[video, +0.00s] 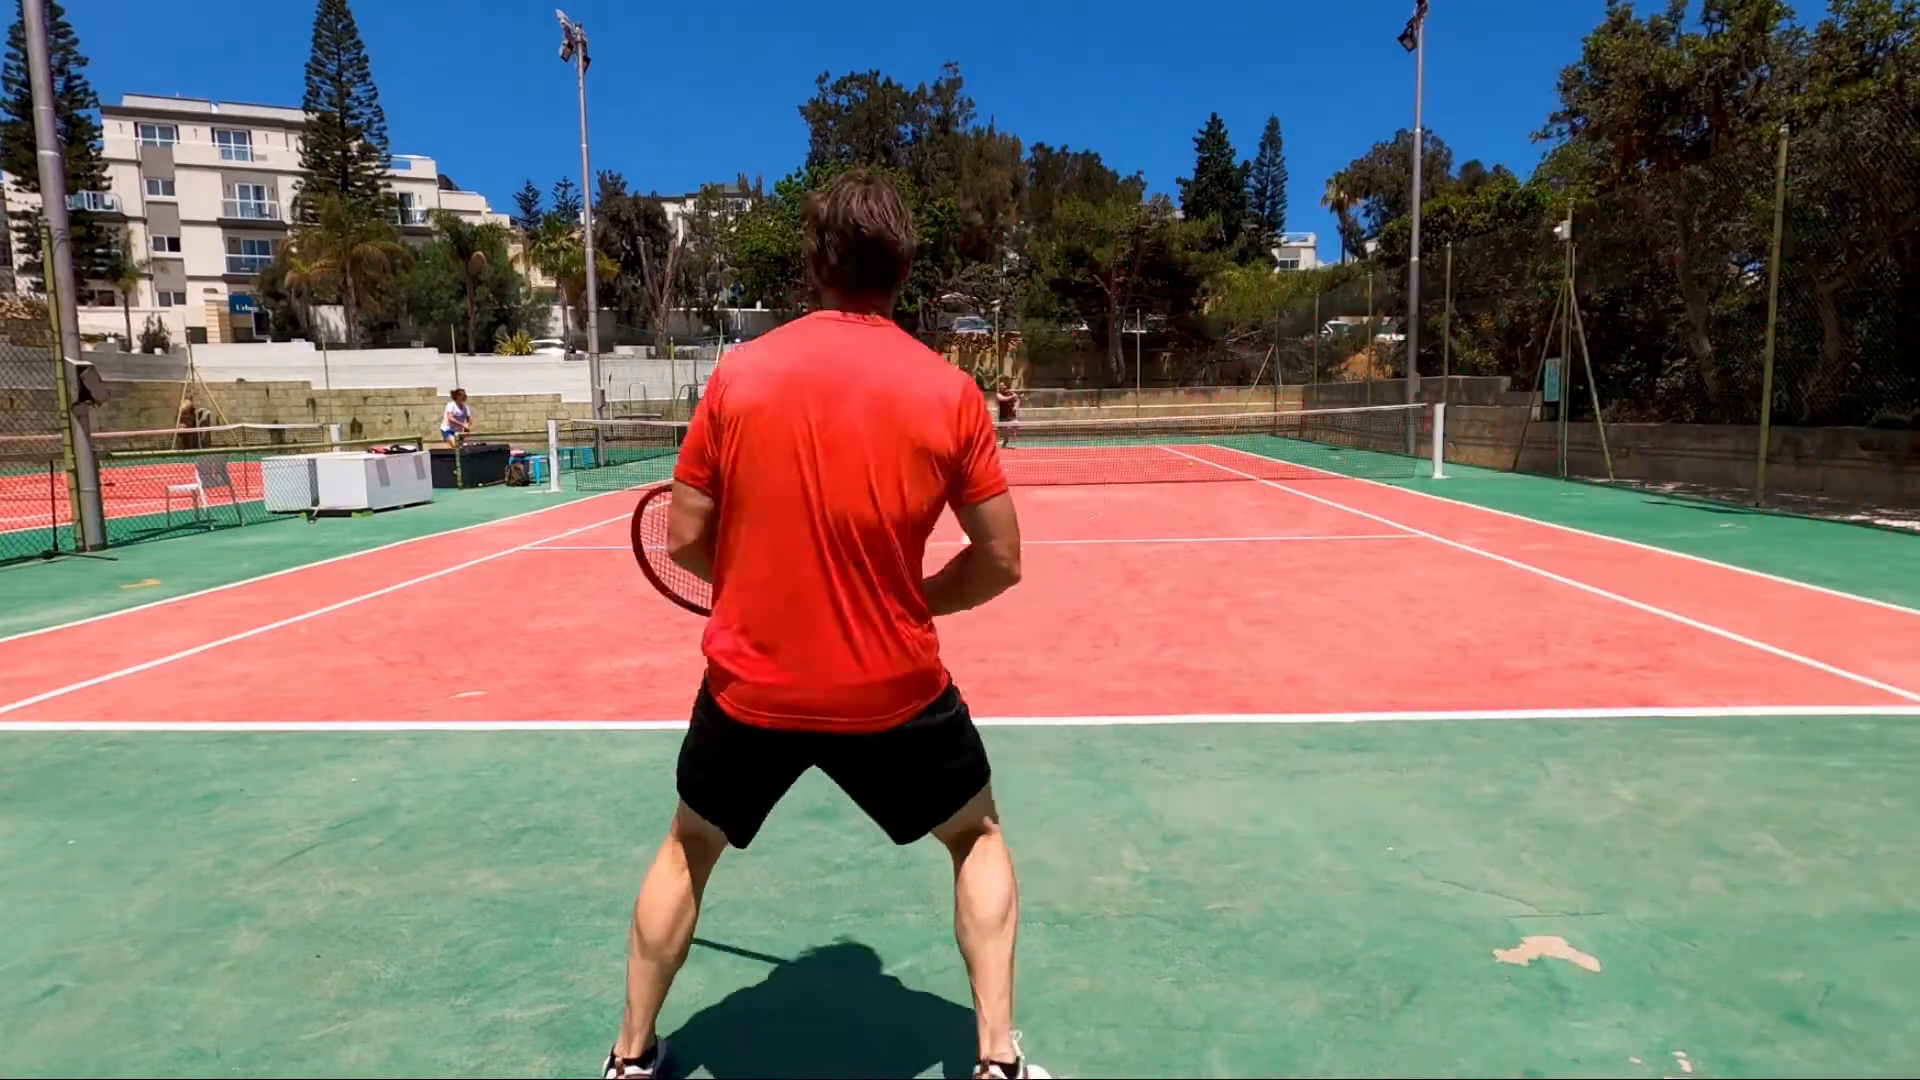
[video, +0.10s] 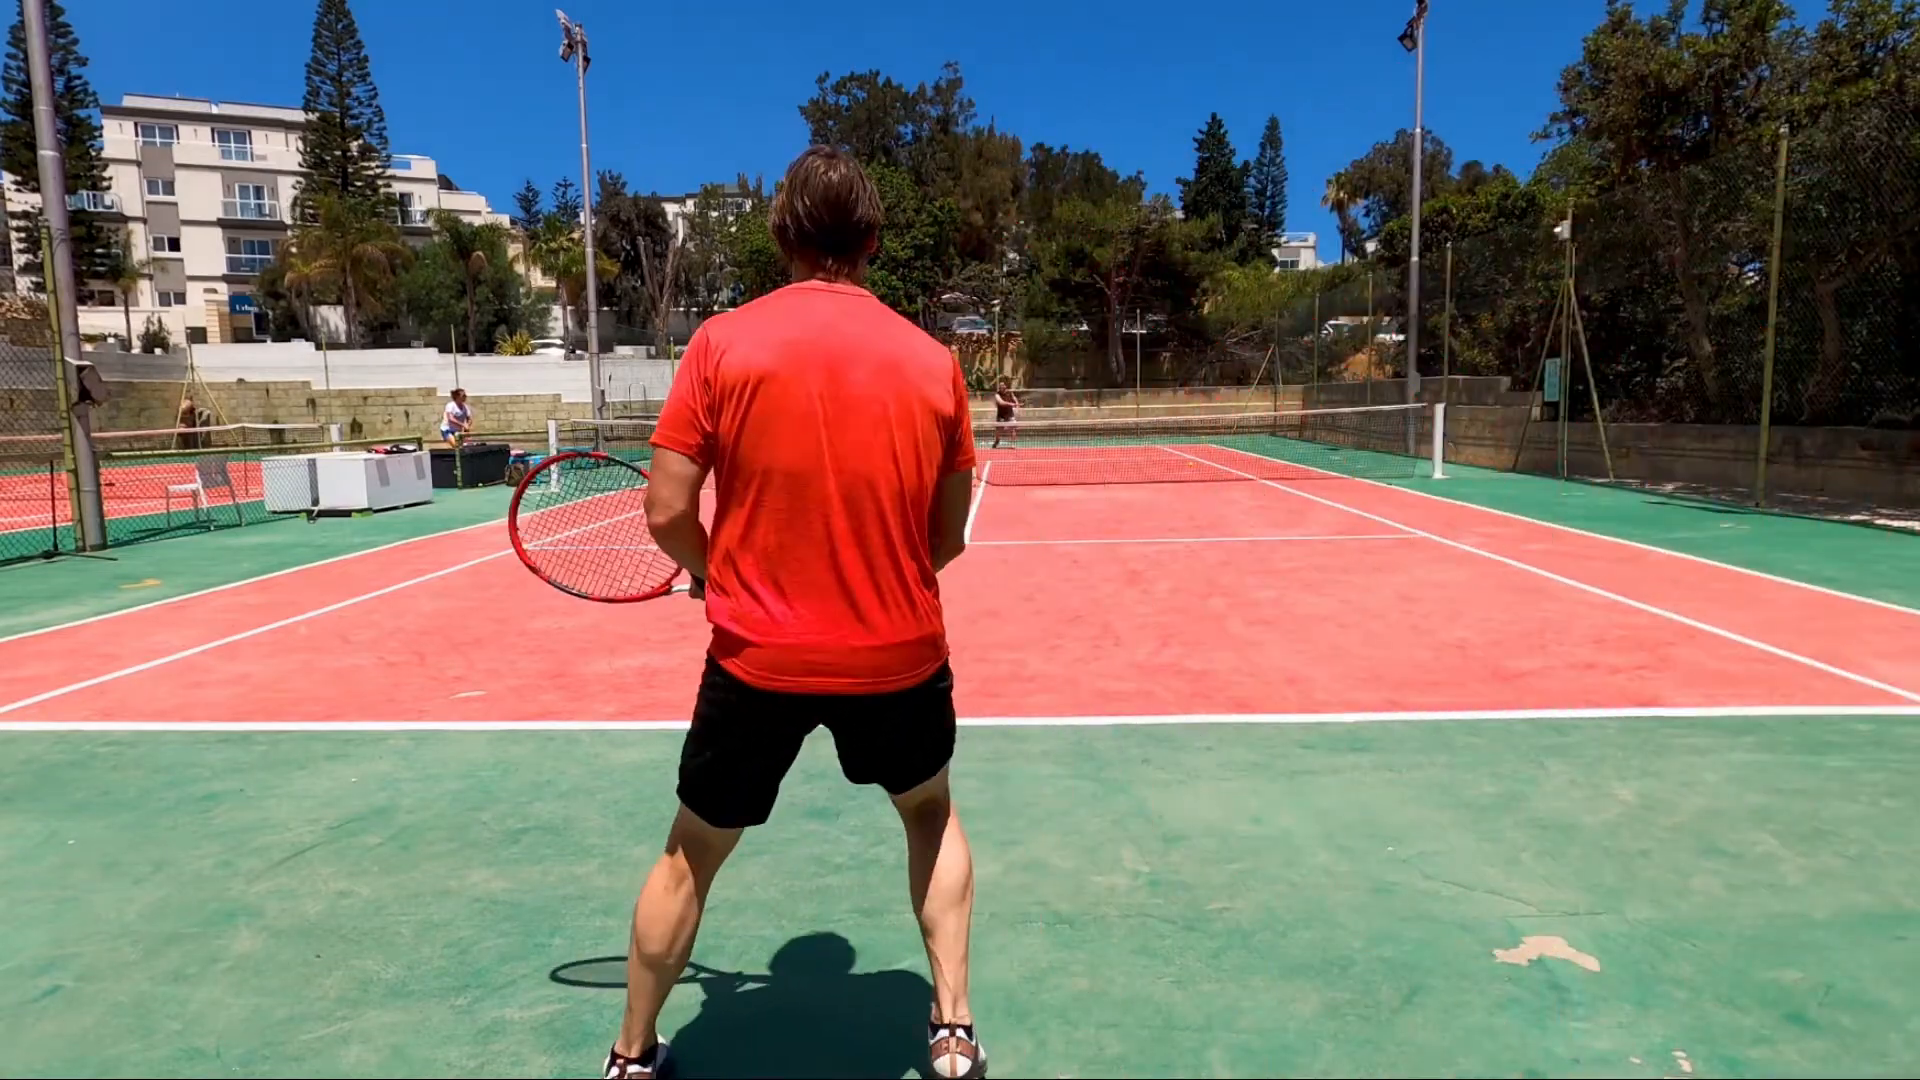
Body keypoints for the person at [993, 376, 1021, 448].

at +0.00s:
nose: (1002, 387)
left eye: (1004, 385)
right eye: (1000, 385)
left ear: (1007, 386)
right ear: (999, 386)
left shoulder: (1011, 393)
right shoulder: (999, 394)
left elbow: (1017, 399)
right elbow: (1001, 398)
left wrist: (1015, 406)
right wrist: (1012, 397)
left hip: (1011, 414)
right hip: (1003, 415)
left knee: (1011, 429)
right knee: (1004, 429)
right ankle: (1005, 441)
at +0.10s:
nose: (1002, 387)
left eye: (1003, 386)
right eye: (1001, 386)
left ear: (1006, 386)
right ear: (999, 387)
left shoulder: (1009, 393)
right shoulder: (997, 395)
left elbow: (1015, 399)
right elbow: (1001, 402)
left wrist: (1017, 405)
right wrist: (1011, 404)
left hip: (1010, 414)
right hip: (1001, 415)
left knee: (1013, 428)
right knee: (998, 429)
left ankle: (1013, 443)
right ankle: (997, 440)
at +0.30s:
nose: (999, 390)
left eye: (1000, 388)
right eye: (997, 388)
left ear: (1002, 388)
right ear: (995, 389)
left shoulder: (1005, 395)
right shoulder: (992, 397)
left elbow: (1011, 403)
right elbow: (990, 407)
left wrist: (1012, 410)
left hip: (1005, 416)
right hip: (996, 417)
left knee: (1010, 428)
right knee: (995, 430)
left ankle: (1012, 443)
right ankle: (991, 441)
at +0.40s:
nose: (997, 389)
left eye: (998, 387)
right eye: (995, 387)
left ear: (1000, 388)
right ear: (992, 388)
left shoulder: (1003, 395)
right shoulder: (990, 396)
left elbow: (1007, 402)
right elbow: (985, 404)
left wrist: (1009, 409)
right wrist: (987, 412)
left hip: (1002, 415)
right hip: (993, 415)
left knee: (1007, 428)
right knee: (992, 429)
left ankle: (1009, 441)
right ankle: (991, 441)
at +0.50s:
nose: (995, 389)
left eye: (997, 387)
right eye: (994, 387)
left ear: (999, 388)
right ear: (991, 387)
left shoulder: (1002, 394)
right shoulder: (987, 394)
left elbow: (1006, 402)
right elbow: (983, 403)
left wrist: (1005, 409)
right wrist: (982, 411)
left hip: (1001, 415)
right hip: (992, 415)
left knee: (1005, 427)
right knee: (992, 429)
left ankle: (1003, 441)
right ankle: (990, 442)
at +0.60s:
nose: (995, 389)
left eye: (996, 387)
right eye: (993, 387)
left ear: (998, 387)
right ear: (991, 388)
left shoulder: (1001, 393)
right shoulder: (987, 394)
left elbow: (1005, 402)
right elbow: (983, 403)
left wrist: (1002, 408)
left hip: (999, 414)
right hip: (990, 414)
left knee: (999, 430)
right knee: (991, 430)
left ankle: (997, 442)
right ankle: (991, 442)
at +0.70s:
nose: (994, 388)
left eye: (996, 386)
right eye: (993, 386)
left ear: (998, 386)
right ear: (990, 387)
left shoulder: (1001, 393)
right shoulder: (987, 394)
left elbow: (1004, 402)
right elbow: (982, 401)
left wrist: (1000, 409)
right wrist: (982, 409)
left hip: (998, 413)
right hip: (989, 413)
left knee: (997, 429)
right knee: (989, 428)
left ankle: (996, 442)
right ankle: (988, 442)